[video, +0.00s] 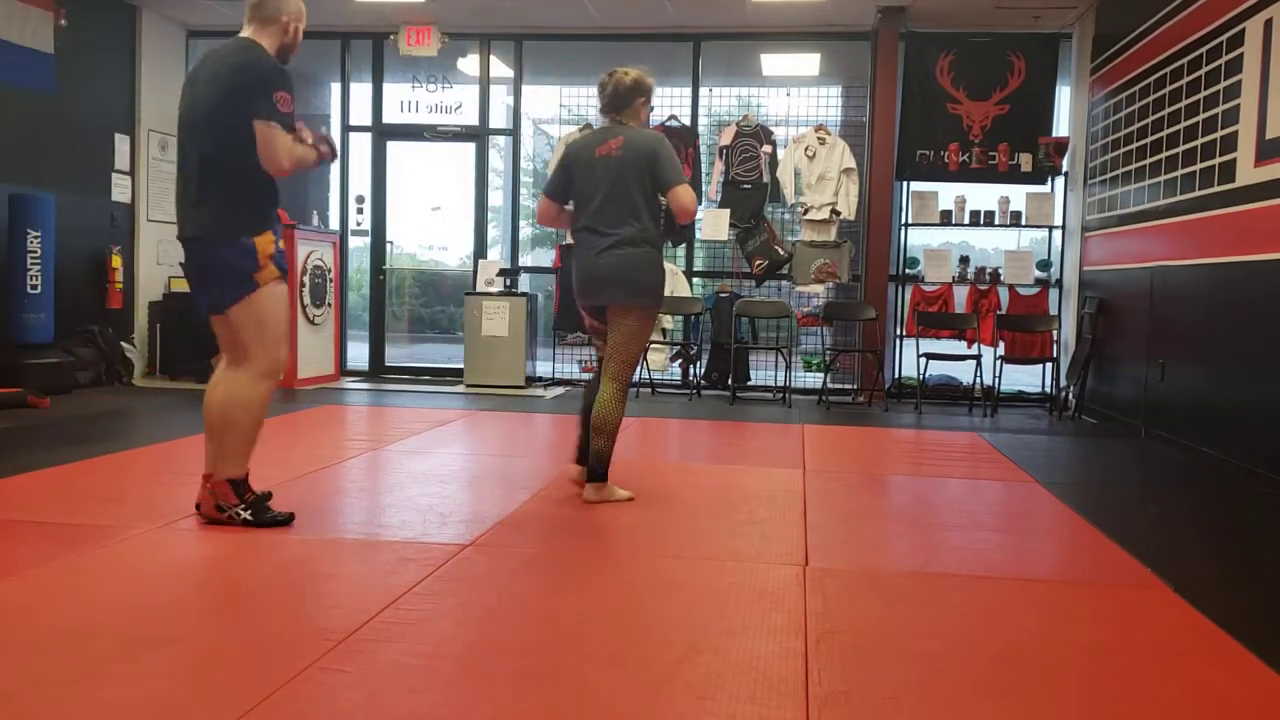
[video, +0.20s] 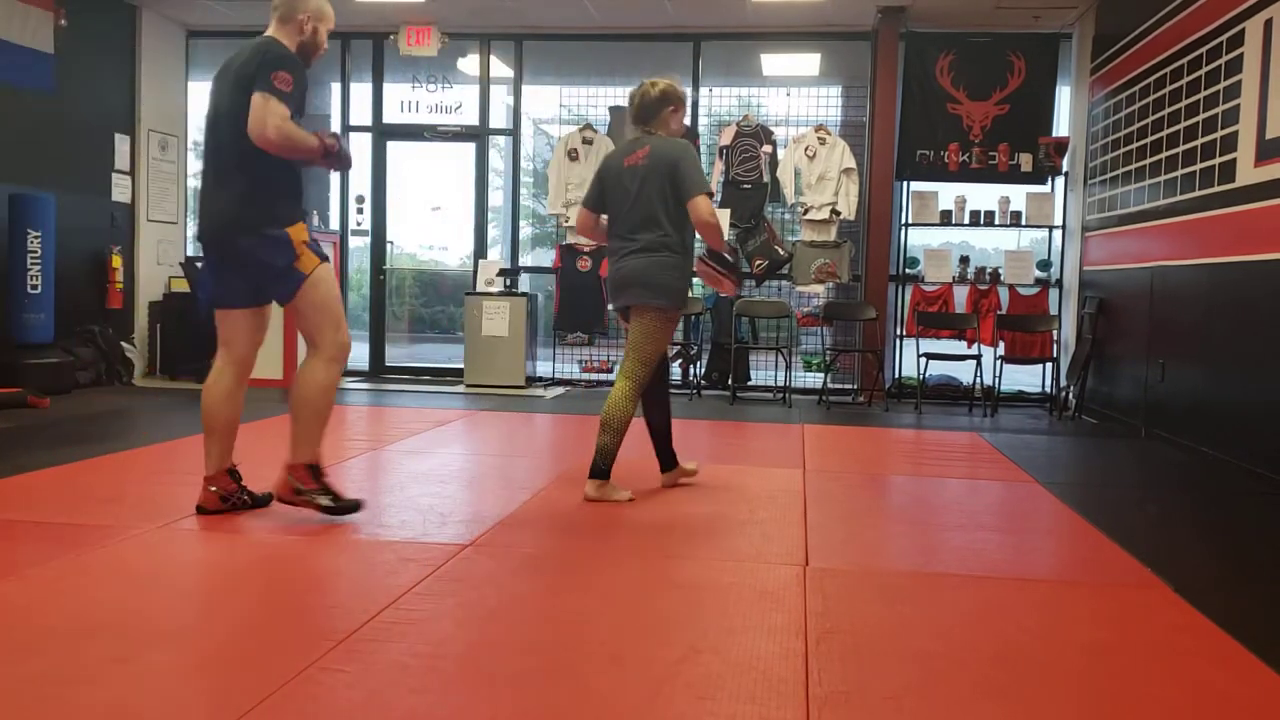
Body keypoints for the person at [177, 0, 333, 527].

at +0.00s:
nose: (299, 43)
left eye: (301, 33)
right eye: (301, 32)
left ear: (249, 17)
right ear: (289, 23)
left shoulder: (209, 65)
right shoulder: (261, 68)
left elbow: (227, 150)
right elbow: (278, 160)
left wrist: (296, 142)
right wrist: (314, 152)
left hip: (203, 234)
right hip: (243, 232)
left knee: (235, 358)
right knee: (264, 362)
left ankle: (217, 486)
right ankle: (229, 491)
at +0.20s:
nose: (326, 46)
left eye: (328, 36)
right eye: (326, 34)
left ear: (282, 18)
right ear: (306, 22)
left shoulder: (233, 66)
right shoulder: (280, 57)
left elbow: (236, 144)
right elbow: (267, 128)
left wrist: (311, 144)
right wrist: (323, 148)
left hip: (224, 231)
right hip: (273, 227)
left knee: (232, 357)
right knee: (331, 345)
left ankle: (217, 483)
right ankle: (302, 472)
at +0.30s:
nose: (340, 48)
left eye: (344, 38)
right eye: (340, 36)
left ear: (298, 23)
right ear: (316, 24)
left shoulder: (256, 66)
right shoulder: (294, 62)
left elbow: (267, 138)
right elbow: (283, 128)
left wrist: (325, 124)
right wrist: (342, 130)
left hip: (241, 232)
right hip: (289, 231)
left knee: (232, 363)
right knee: (325, 362)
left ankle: (216, 485)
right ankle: (357, 482)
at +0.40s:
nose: (357, 54)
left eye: (360, 45)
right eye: (357, 42)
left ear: (314, 29)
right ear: (334, 32)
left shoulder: (273, 72)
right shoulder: (310, 70)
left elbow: (285, 151)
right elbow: (315, 148)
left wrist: (343, 130)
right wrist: (385, 144)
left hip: (257, 240)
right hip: (303, 241)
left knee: (248, 364)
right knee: (339, 366)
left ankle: (217, 484)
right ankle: (369, 488)